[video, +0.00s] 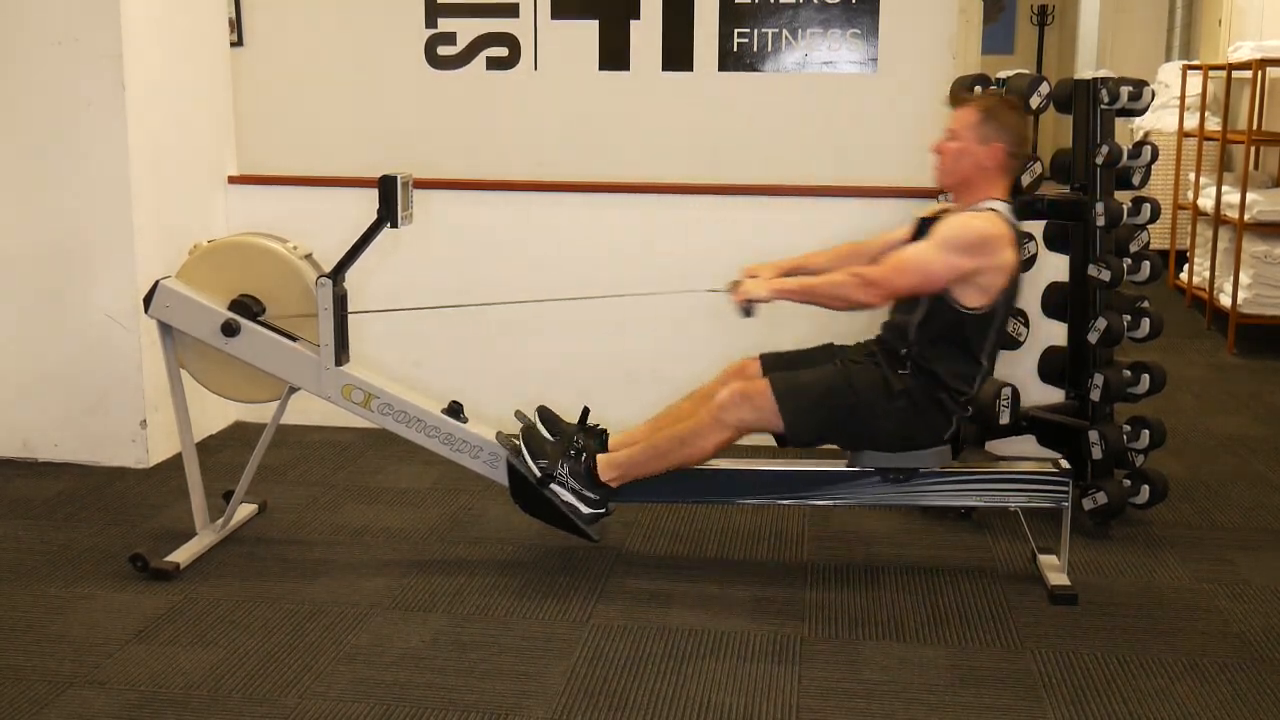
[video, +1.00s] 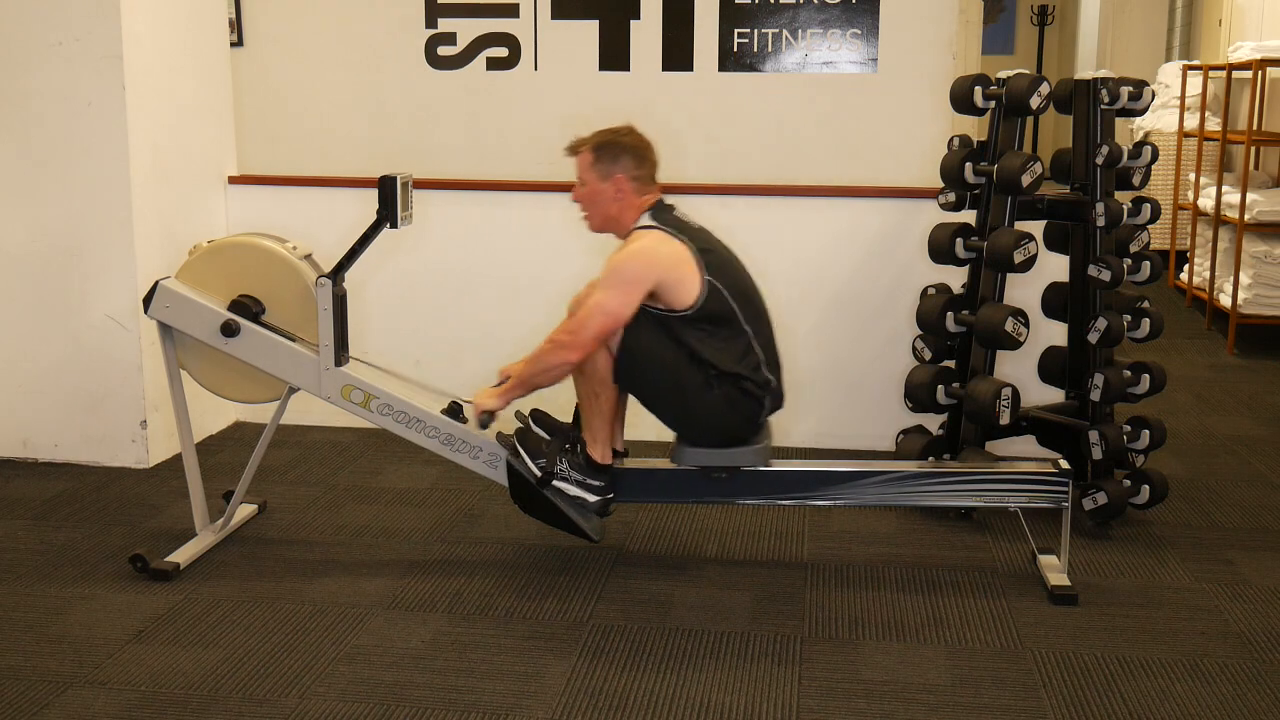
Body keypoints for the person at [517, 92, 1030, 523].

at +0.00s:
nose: (939, 147)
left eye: (954, 139)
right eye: (945, 135)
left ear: (994, 156)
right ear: (985, 153)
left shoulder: (980, 233)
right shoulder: (952, 217)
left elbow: (871, 290)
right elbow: (861, 257)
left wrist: (778, 288)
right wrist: (776, 269)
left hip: (913, 396)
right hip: (890, 372)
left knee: (741, 399)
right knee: (736, 378)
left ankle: (595, 484)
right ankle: (601, 454)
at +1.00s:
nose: (574, 194)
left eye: (582, 183)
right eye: (576, 184)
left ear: (618, 187)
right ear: (622, 189)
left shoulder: (645, 249)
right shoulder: (661, 229)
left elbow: (572, 347)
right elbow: (600, 319)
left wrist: (504, 395)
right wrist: (529, 368)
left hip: (728, 415)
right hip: (736, 405)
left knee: (590, 306)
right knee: (595, 303)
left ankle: (595, 464)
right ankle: (606, 444)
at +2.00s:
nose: (1039, 213)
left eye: (1054, 204)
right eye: (1044, 201)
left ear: (1095, 222)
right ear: (1079, 217)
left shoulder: (1093, 297)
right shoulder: (1048, 274)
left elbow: (1063, 388)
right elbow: (1015, 345)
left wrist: (994, 321)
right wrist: (970, 309)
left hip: (930, 394)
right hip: (909, 368)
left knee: (757, 423)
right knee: (752, 402)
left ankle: (599, 486)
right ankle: (605, 458)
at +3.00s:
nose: (586, 168)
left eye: (597, 159)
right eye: (592, 157)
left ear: (632, 173)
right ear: (636, 173)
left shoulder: (636, 236)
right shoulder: (660, 222)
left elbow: (529, 294)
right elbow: (553, 276)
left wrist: (444, 328)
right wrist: (460, 319)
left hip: (707, 411)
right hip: (718, 403)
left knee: (578, 300)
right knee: (587, 289)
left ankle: (593, 453)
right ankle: (604, 435)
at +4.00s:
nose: (987, 191)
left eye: (1001, 180)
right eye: (991, 179)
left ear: (1046, 194)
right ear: (1036, 192)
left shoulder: (1043, 272)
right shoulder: (1014, 254)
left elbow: (968, 350)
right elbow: (953, 291)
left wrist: (883, 310)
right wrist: (886, 285)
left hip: (931, 402)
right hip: (913, 377)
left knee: (744, 394)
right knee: (744, 376)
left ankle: (598, 485)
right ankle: (611, 460)